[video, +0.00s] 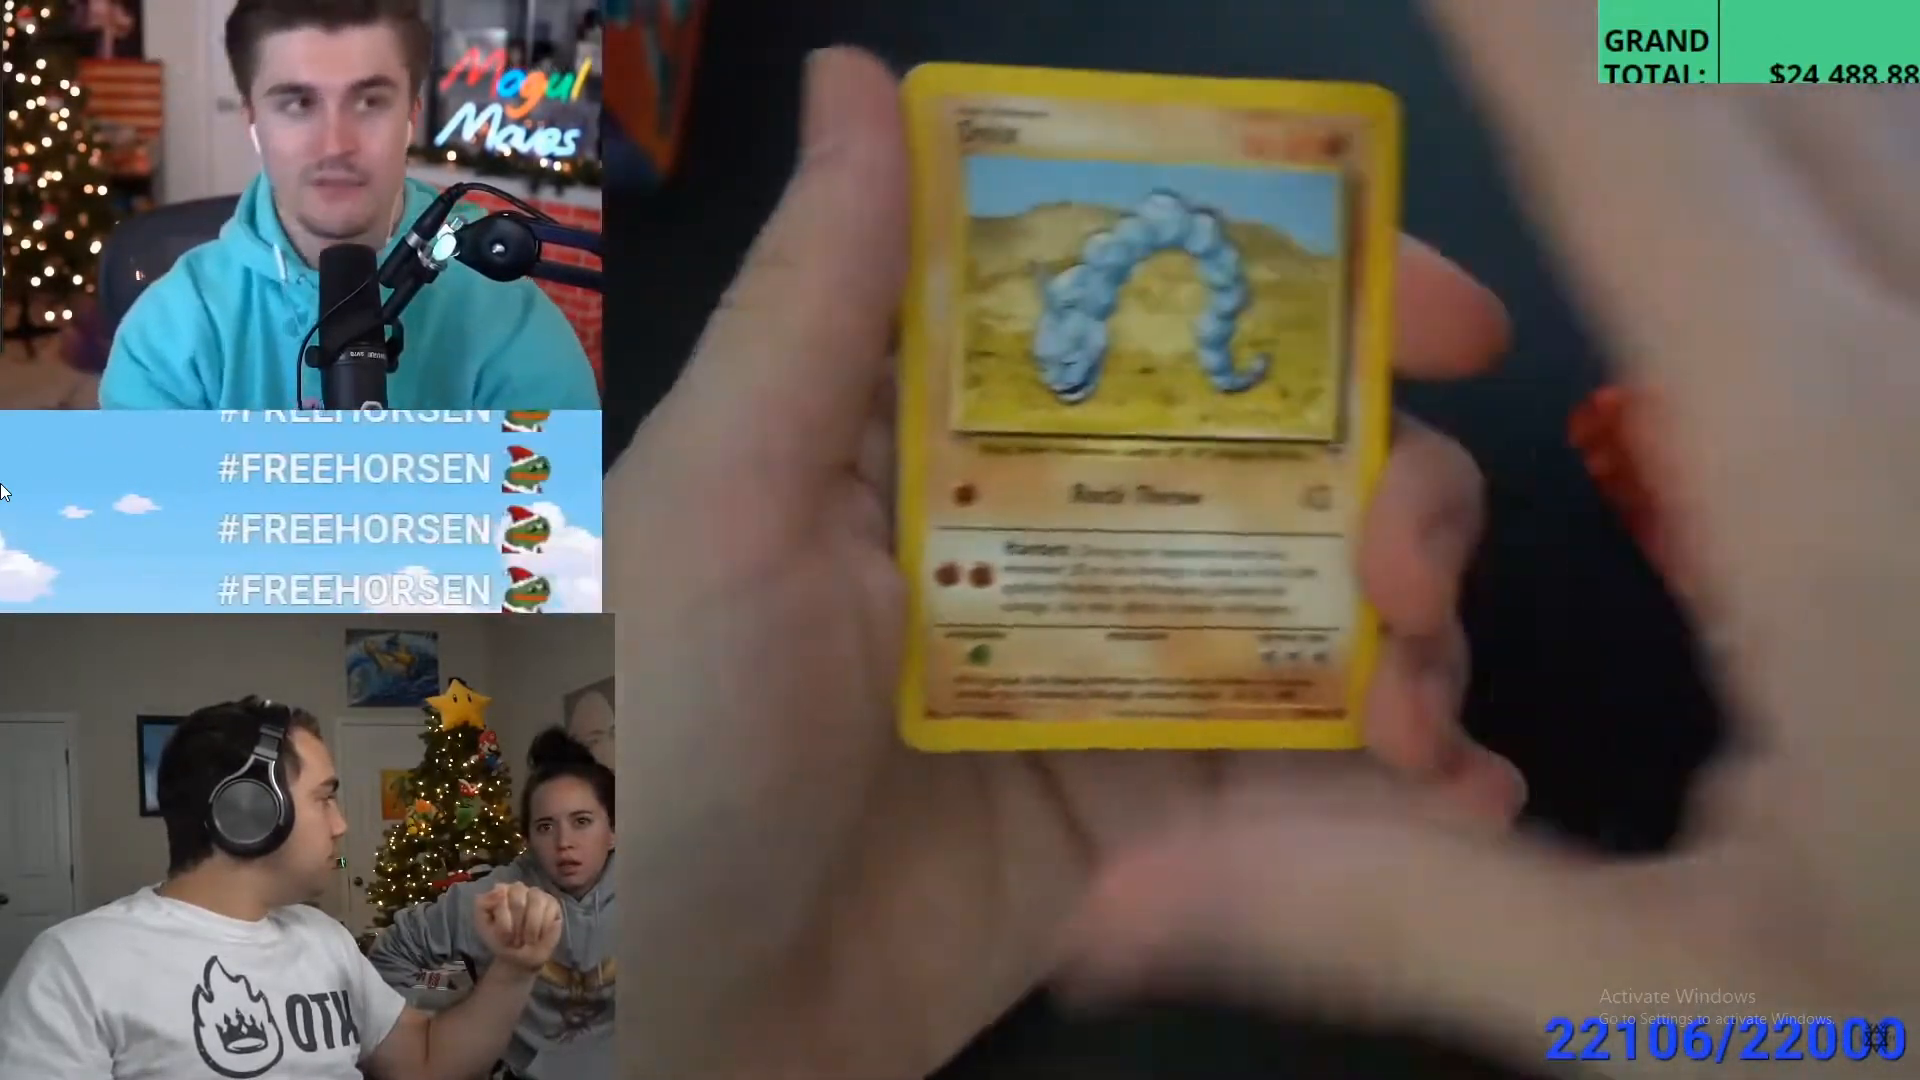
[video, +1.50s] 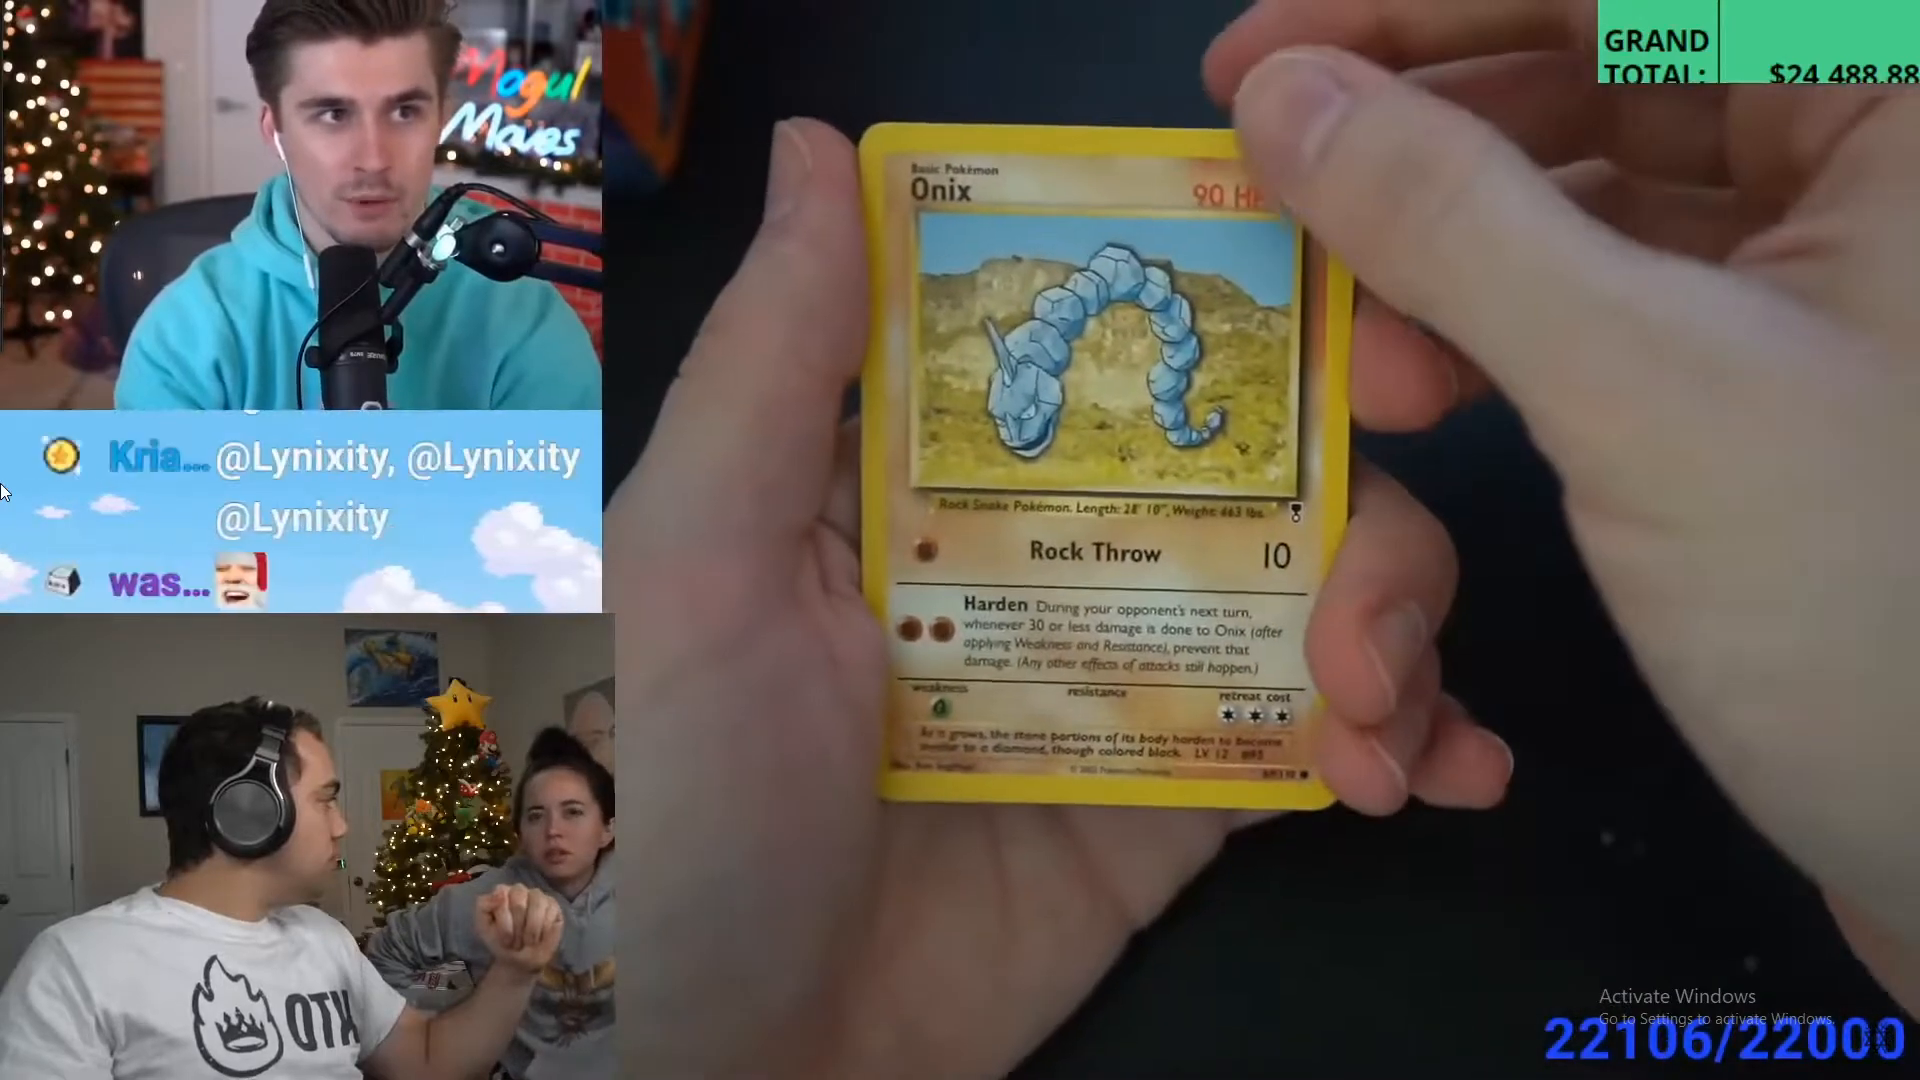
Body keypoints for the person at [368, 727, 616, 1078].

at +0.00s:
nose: (564, 843)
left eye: (582, 822)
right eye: (546, 826)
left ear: (613, 831)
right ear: (528, 839)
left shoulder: (645, 891)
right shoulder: (491, 898)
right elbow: (389, 955)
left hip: (626, 1068)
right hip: (535, 1073)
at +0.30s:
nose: (564, 842)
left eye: (582, 822)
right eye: (546, 826)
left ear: (613, 831)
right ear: (528, 839)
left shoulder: (644, 891)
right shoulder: (491, 898)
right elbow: (389, 955)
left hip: (625, 1069)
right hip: (535, 1073)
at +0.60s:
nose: (564, 842)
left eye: (582, 821)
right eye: (545, 826)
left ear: (612, 832)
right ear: (528, 839)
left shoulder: (644, 893)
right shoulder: (489, 898)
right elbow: (387, 958)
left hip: (625, 1067)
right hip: (534, 1072)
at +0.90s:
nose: (563, 842)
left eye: (581, 821)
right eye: (545, 826)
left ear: (611, 831)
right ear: (528, 839)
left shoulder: (644, 890)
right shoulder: (490, 898)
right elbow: (388, 957)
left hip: (629, 1068)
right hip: (537, 1073)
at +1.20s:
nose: (557, 831)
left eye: (576, 812)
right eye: (540, 816)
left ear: (609, 828)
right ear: (525, 834)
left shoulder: (642, 889)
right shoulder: (486, 897)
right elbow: (387, 956)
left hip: (626, 1068)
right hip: (536, 1073)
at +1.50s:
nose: (552, 831)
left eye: (573, 813)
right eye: (536, 816)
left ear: (607, 828)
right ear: (520, 833)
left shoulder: (635, 890)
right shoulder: (479, 902)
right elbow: (384, 956)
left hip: (621, 1068)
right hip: (531, 1072)